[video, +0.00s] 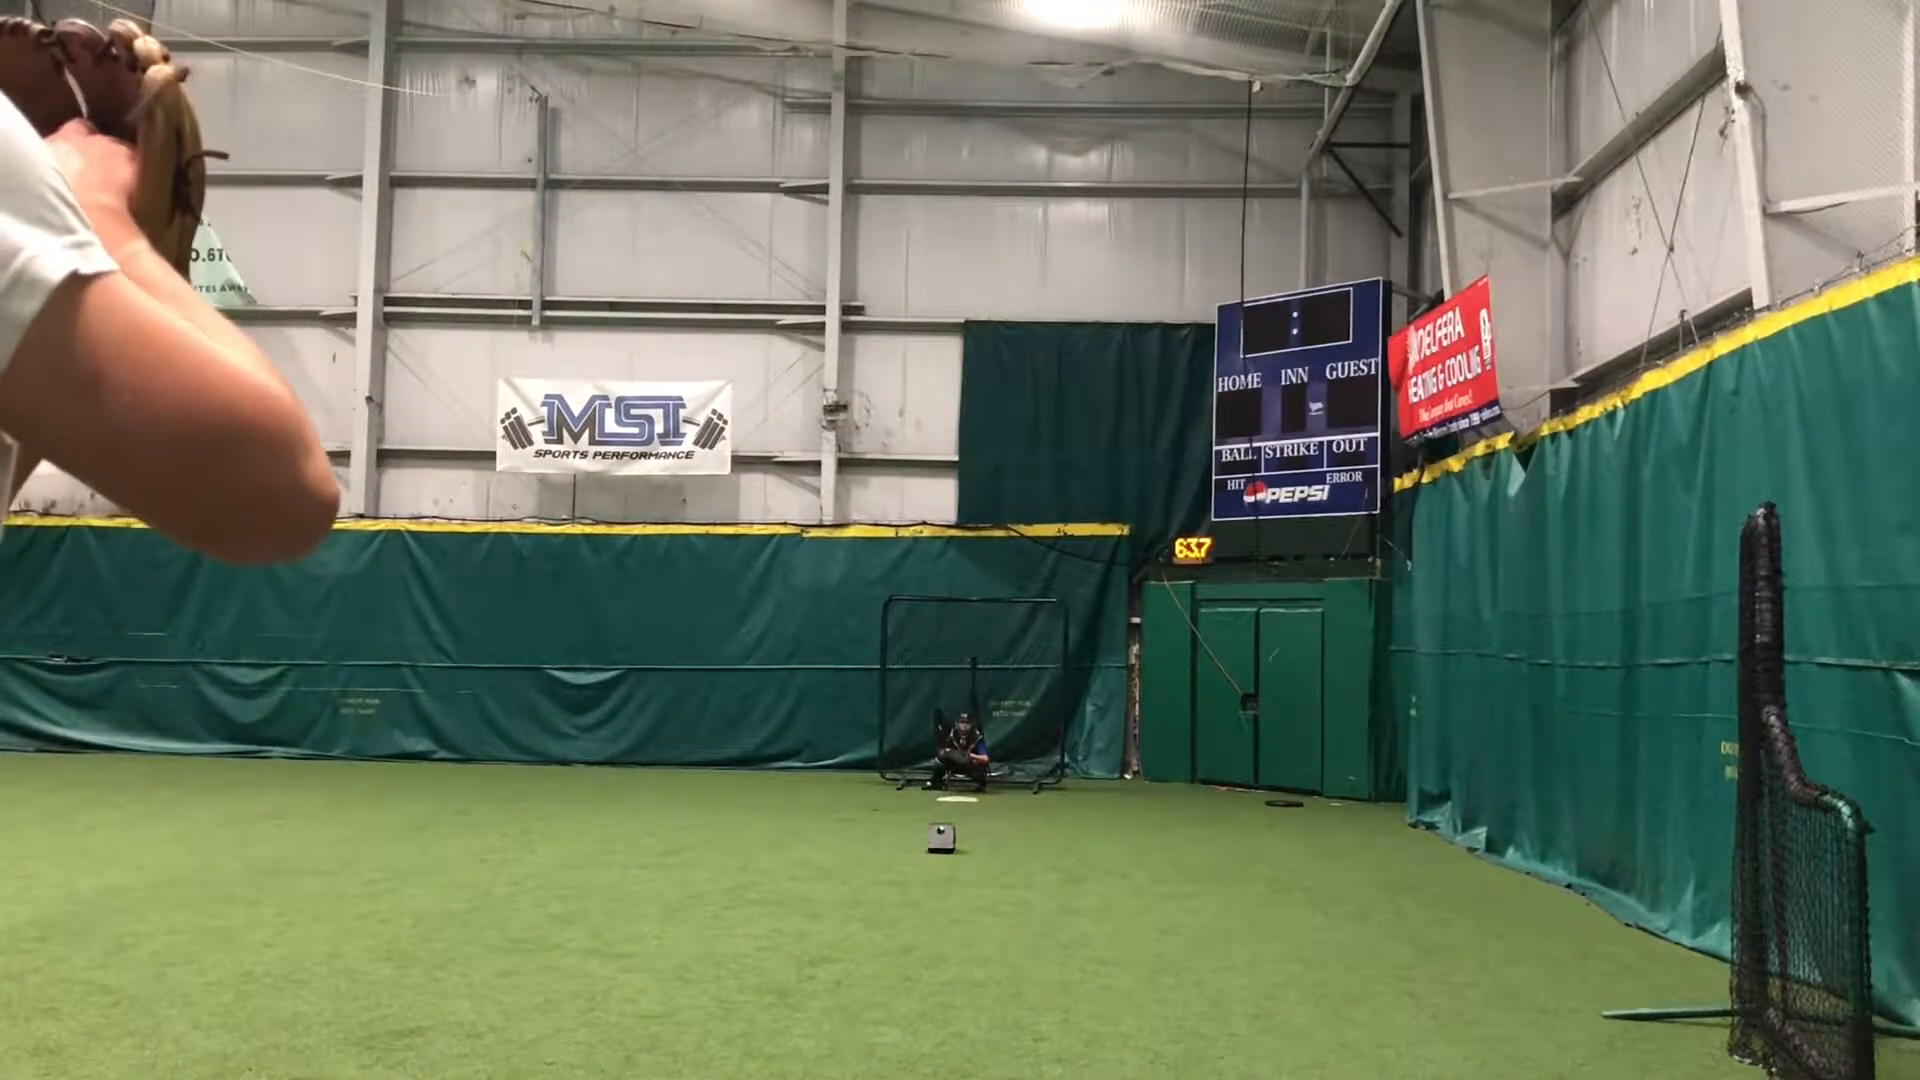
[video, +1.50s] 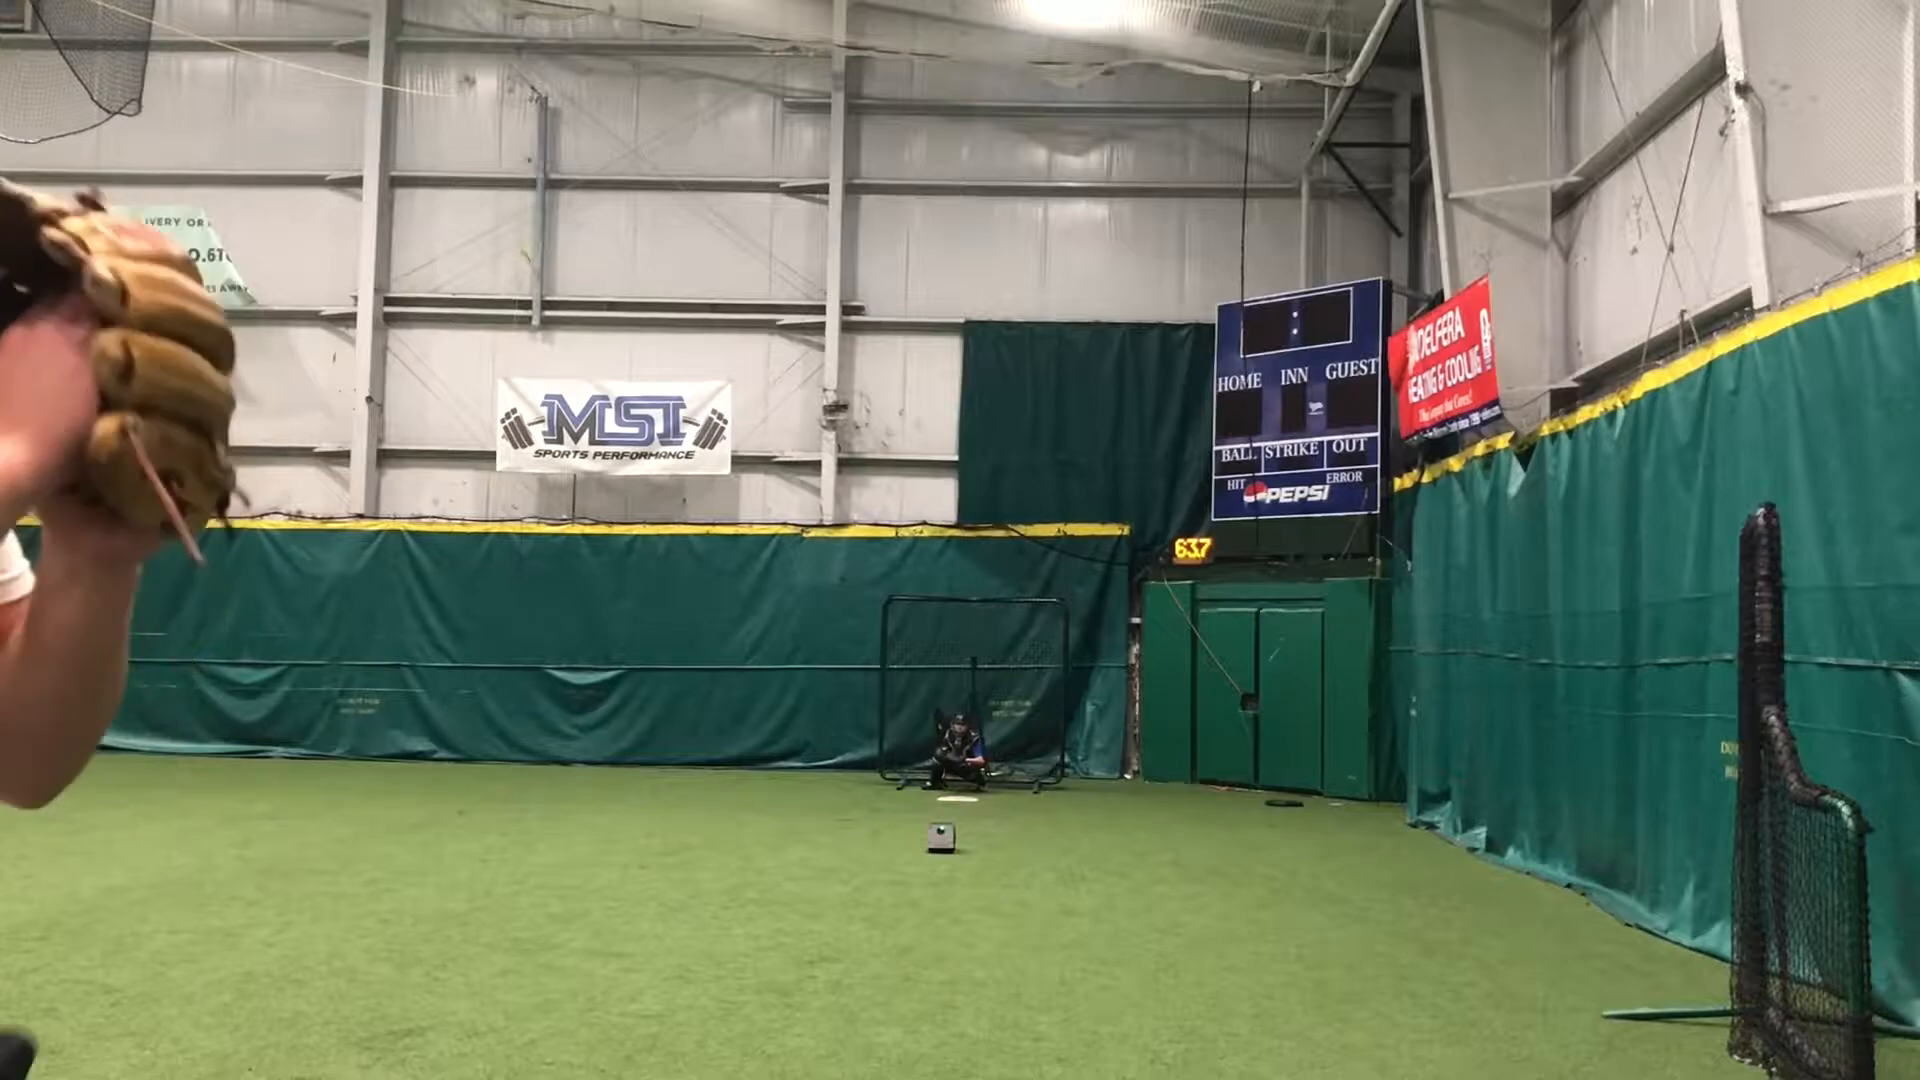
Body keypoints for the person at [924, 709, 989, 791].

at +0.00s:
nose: (964, 726)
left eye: (967, 723)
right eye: (961, 723)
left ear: (971, 725)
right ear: (957, 724)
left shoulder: (977, 738)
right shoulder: (950, 735)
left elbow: (985, 759)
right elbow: (941, 752)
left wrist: (971, 756)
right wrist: (948, 753)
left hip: (971, 764)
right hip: (953, 762)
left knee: (978, 774)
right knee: (940, 762)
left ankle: (981, 784)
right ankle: (936, 782)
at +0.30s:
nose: (964, 727)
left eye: (967, 723)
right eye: (961, 723)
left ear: (971, 725)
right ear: (956, 725)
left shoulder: (977, 738)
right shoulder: (950, 736)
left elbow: (984, 760)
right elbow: (941, 752)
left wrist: (970, 757)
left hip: (971, 764)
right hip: (953, 763)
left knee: (979, 773)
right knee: (939, 763)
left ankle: (981, 785)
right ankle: (936, 783)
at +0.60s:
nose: (963, 727)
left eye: (966, 724)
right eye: (960, 724)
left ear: (970, 726)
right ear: (956, 725)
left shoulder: (977, 738)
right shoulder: (951, 735)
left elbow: (984, 759)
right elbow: (942, 751)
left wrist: (969, 757)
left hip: (971, 764)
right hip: (954, 762)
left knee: (979, 773)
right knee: (939, 764)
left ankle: (981, 785)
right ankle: (936, 783)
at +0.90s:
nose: (963, 727)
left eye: (966, 724)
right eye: (960, 724)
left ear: (970, 726)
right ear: (956, 725)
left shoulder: (977, 738)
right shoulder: (950, 735)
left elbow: (984, 759)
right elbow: (944, 750)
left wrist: (969, 757)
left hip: (970, 765)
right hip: (953, 764)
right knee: (941, 757)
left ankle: (981, 784)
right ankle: (936, 782)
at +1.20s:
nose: (961, 727)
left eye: (964, 724)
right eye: (958, 724)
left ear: (968, 726)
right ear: (954, 726)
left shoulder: (975, 738)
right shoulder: (949, 735)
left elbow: (983, 760)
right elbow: (943, 749)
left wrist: (967, 758)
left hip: (969, 765)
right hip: (952, 764)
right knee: (941, 755)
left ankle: (981, 783)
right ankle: (935, 782)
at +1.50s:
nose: (959, 728)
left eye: (962, 725)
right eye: (957, 724)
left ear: (967, 726)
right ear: (952, 726)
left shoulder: (974, 739)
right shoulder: (946, 736)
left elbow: (981, 761)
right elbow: (940, 752)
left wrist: (966, 760)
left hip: (966, 766)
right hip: (950, 764)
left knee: (975, 776)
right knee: (938, 760)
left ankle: (981, 783)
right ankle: (935, 782)